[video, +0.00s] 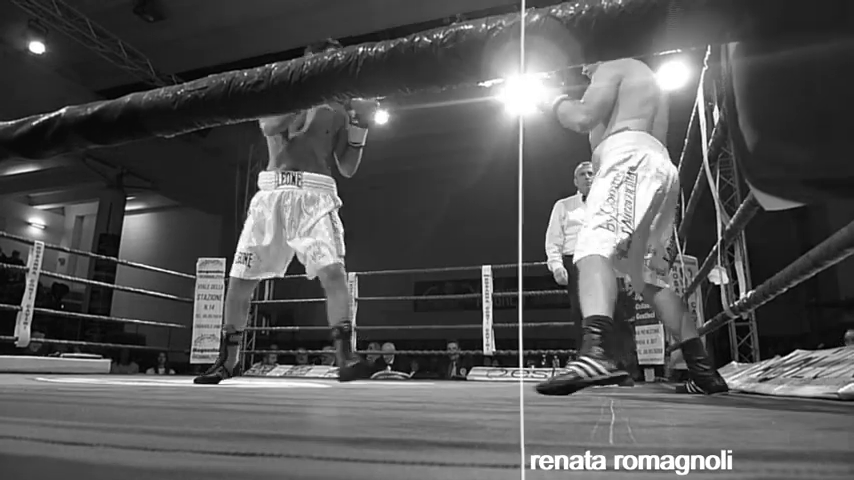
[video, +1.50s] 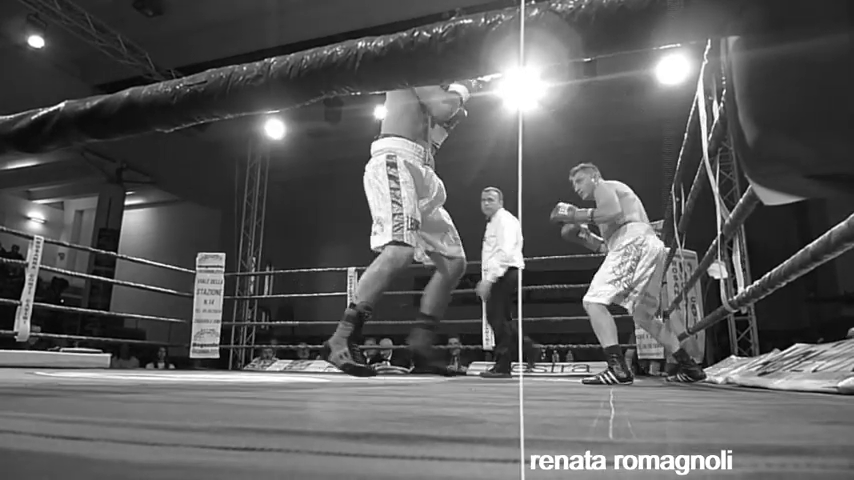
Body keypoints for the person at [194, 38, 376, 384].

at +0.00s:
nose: (322, 69)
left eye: (329, 63)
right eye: (316, 60)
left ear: (337, 69)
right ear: (303, 63)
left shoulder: (339, 109)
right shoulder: (273, 98)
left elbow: (348, 168)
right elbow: (276, 128)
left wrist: (359, 131)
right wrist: (311, 96)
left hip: (318, 196)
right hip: (272, 195)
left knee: (332, 272)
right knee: (240, 279)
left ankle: (346, 359)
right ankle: (228, 361)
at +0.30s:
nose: (307, 100)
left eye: (313, 94)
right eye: (301, 92)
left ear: (318, 100)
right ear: (287, 93)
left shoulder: (323, 134)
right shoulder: (262, 118)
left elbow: (338, 185)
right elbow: (243, 161)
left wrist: (346, 152)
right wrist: (278, 130)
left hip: (301, 219)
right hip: (259, 212)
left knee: (298, 297)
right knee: (235, 289)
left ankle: (265, 353)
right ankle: (221, 360)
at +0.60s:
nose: (341, 109)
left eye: (345, 107)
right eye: (338, 100)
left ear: (340, 110)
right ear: (318, 95)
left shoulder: (337, 139)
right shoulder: (291, 116)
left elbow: (351, 189)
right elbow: (306, 139)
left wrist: (371, 162)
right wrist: (332, 117)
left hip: (328, 216)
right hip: (288, 214)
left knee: (366, 283)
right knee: (264, 292)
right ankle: (244, 351)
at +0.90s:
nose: (420, 109)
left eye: (421, 103)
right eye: (415, 101)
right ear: (394, 101)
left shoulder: (411, 142)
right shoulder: (357, 124)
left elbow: (448, 163)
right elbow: (354, 144)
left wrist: (463, 143)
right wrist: (380, 113)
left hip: (386, 222)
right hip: (347, 217)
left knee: (420, 290)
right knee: (325, 285)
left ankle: (419, 368)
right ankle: (276, 350)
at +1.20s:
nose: (470, 128)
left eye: (471, 122)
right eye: (468, 120)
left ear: (456, 115)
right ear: (453, 111)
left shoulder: (443, 157)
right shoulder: (410, 133)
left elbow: (447, 213)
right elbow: (427, 178)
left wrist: (470, 176)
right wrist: (458, 145)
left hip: (429, 228)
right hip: (393, 220)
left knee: (484, 291)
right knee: (409, 285)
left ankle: (478, 368)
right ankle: (343, 356)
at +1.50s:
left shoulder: (440, 84)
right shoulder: (413, 69)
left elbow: (432, 141)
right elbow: (442, 109)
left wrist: (451, 122)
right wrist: (461, 90)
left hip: (424, 171)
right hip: (394, 161)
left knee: (453, 262)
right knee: (398, 251)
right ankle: (342, 339)